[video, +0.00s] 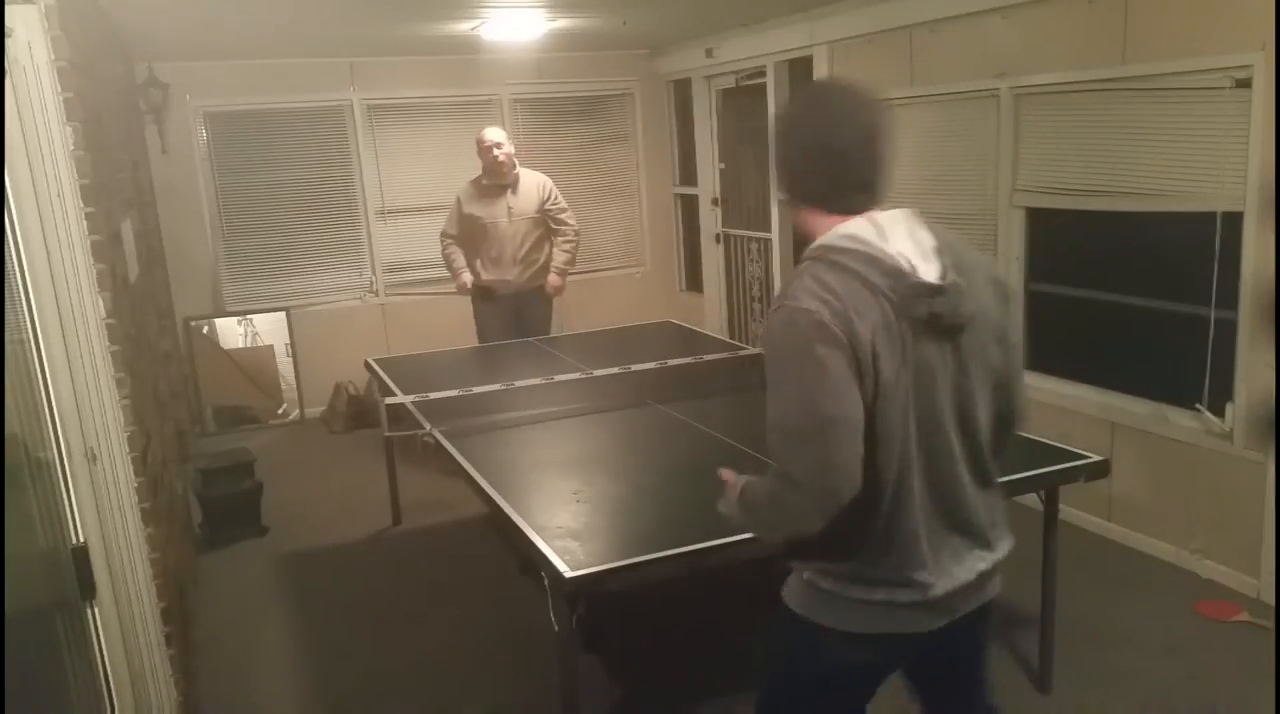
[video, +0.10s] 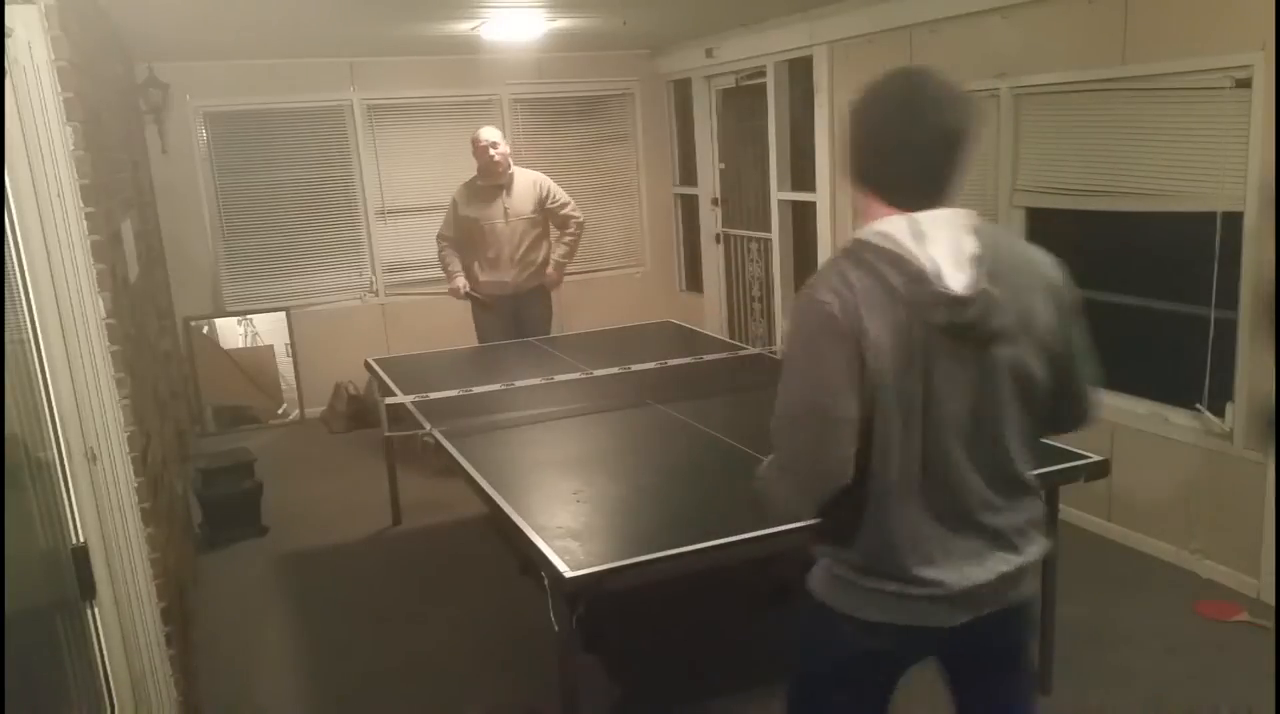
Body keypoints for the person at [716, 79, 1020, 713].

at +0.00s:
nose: (777, 174)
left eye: (782, 159)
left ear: (788, 175)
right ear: (876, 163)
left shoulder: (813, 306)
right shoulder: (974, 271)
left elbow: (821, 485)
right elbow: (1004, 418)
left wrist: (744, 499)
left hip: (851, 612)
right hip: (967, 595)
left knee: (796, 703)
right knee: (963, 704)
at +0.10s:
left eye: (852, 139)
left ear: (857, 158)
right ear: (957, 159)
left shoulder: (838, 295)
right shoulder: (1035, 274)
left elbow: (814, 471)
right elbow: (1072, 406)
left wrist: (773, 482)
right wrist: (985, 400)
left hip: (871, 607)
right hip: (1003, 600)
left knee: (830, 702)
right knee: (1004, 704)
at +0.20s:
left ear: (924, 173)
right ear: (1023, 178)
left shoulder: (885, 292)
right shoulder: (1092, 278)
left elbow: (827, 462)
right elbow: (1139, 404)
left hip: (906, 611)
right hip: (1047, 610)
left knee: (858, 702)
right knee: (1055, 704)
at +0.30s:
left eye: (978, 143)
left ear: (979, 159)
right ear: (1081, 170)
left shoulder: (923, 287)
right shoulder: (1142, 276)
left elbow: (871, 431)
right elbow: (1170, 398)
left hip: (939, 599)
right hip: (1086, 604)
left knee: (873, 704)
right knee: (1080, 706)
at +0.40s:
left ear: (1006, 152)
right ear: (1110, 163)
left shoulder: (947, 273)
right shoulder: (1172, 271)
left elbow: (892, 408)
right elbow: (1174, 392)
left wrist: (979, 385)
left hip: (956, 592)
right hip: (1103, 601)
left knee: (888, 701)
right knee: (1093, 706)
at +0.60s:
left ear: (1051, 147)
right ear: (1156, 157)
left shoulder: (989, 246)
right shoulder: (1214, 270)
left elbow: (933, 364)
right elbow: (1220, 392)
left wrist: (1022, 315)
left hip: (984, 581)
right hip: (1126, 593)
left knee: (965, 701)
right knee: (1115, 705)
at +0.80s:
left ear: (1067, 151)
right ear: (1168, 164)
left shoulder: (1002, 249)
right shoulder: (1224, 275)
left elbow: (951, 372)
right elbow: (1208, 410)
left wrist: (1037, 332)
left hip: (1015, 575)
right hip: (1139, 586)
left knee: (1036, 704)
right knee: (1133, 706)